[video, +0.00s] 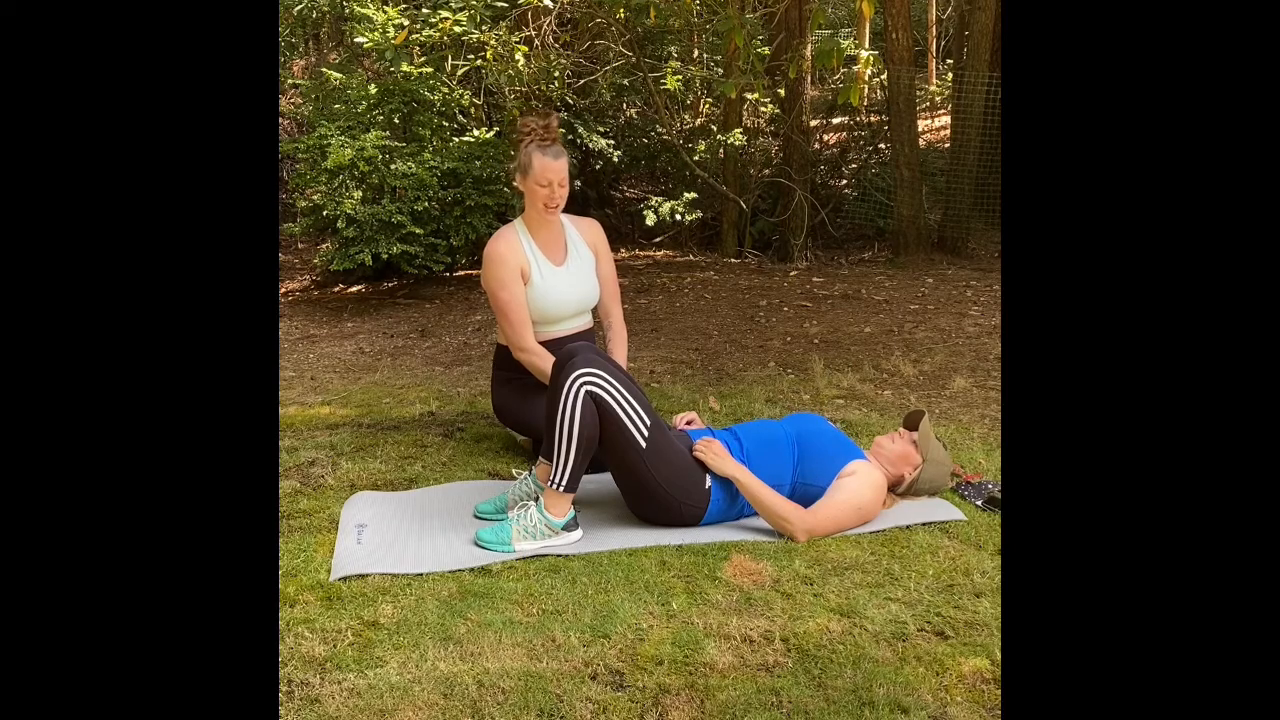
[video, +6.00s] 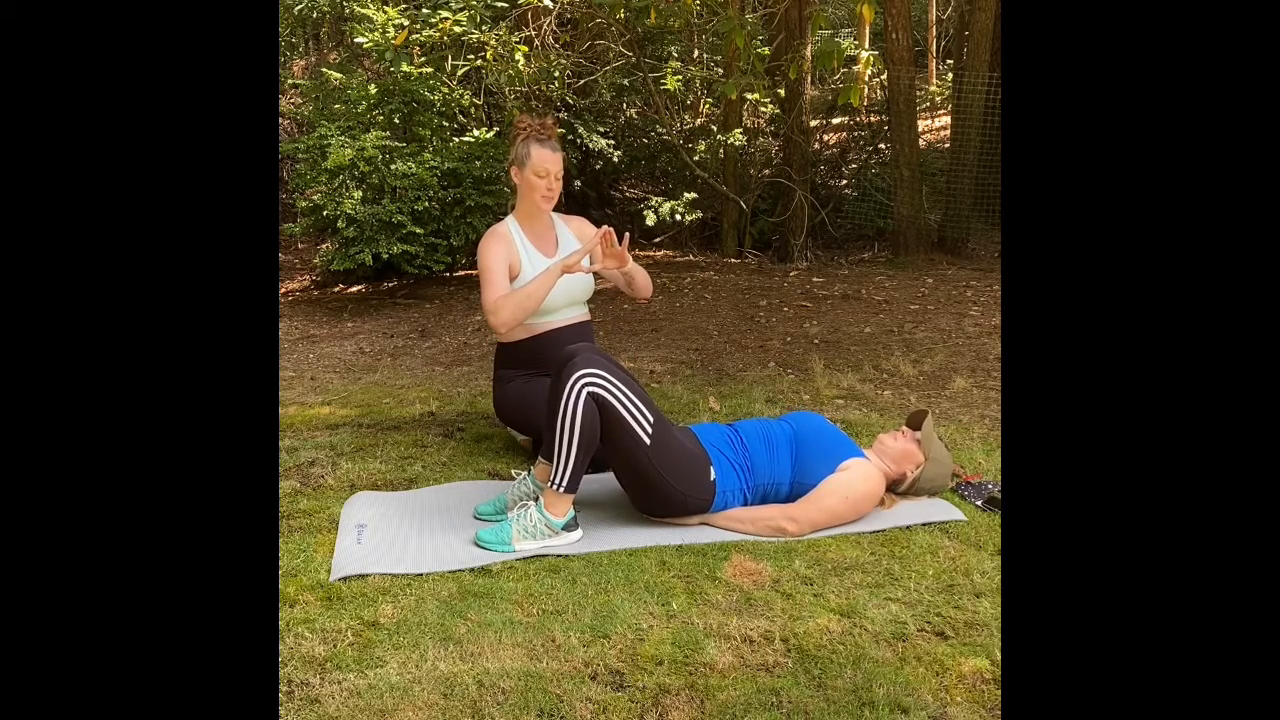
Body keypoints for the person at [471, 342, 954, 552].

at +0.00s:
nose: (898, 433)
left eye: (908, 439)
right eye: (907, 431)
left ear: (907, 471)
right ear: (896, 446)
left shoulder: (867, 483)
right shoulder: (843, 452)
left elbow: (805, 526)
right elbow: (761, 468)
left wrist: (731, 469)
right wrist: (705, 430)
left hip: (692, 489)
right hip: (681, 464)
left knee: (589, 371)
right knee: (579, 355)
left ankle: (554, 511)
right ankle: (543, 485)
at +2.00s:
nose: (896, 433)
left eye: (907, 440)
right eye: (905, 430)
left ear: (907, 472)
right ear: (894, 445)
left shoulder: (867, 483)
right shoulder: (843, 454)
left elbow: (806, 527)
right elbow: (751, 454)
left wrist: (731, 477)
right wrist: (697, 419)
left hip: (691, 490)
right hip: (680, 465)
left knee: (589, 372)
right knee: (581, 358)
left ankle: (554, 510)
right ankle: (542, 484)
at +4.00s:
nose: (898, 431)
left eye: (909, 437)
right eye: (907, 428)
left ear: (908, 468)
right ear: (899, 445)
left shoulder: (863, 477)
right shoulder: (848, 454)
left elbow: (790, 515)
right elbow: (772, 486)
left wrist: (705, 514)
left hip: (695, 476)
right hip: (683, 445)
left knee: (583, 372)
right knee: (573, 359)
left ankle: (555, 510)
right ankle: (544, 484)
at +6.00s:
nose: (899, 432)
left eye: (910, 440)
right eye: (908, 430)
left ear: (908, 471)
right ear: (898, 445)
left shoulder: (863, 478)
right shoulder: (846, 454)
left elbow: (794, 521)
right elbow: (776, 497)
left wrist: (707, 516)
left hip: (695, 483)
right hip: (681, 455)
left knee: (589, 374)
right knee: (590, 364)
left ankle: (554, 511)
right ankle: (542, 484)